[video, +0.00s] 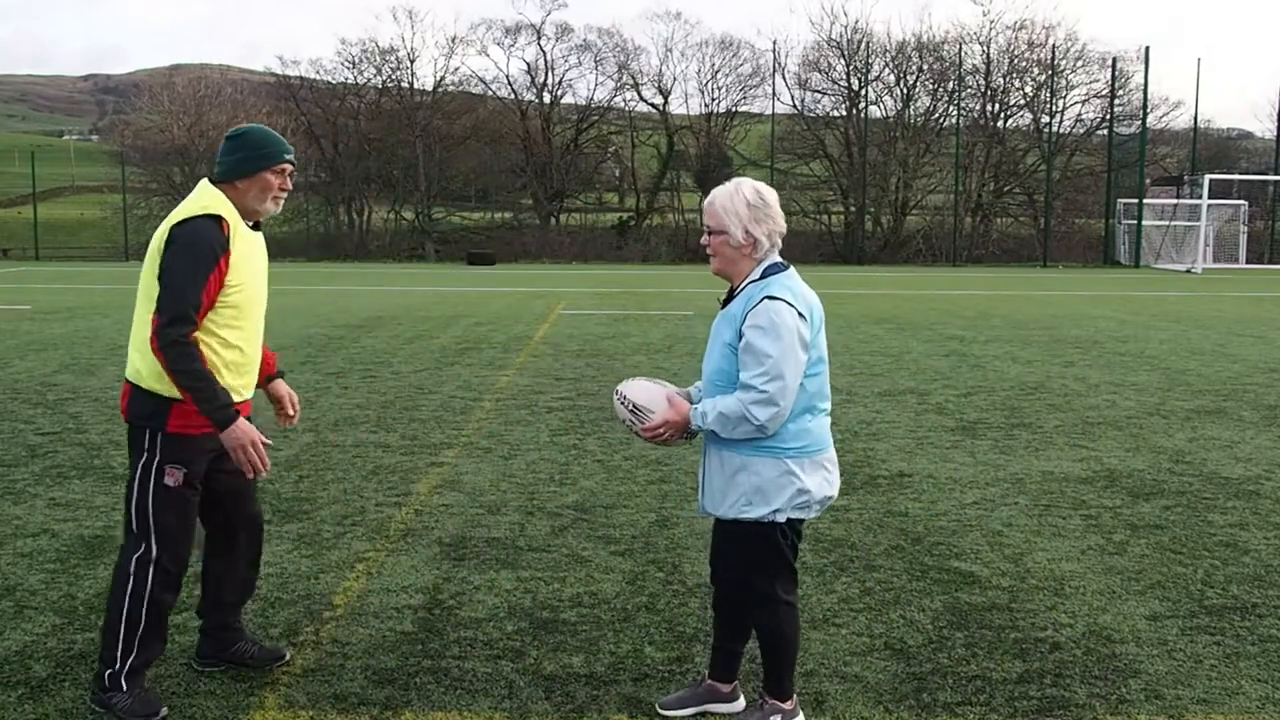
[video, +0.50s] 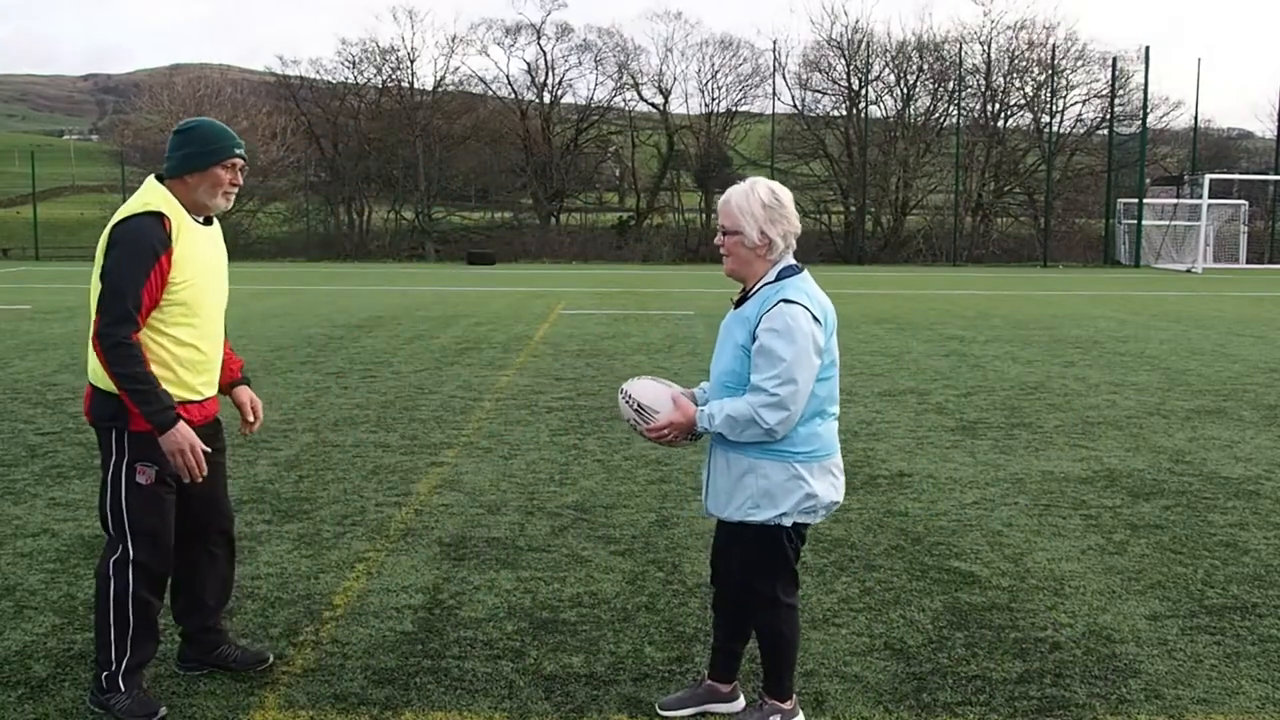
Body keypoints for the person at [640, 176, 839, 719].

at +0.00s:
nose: (704, 243)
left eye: (714, 233)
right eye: (704, 231)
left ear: (750, 240)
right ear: (745, 241)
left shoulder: (775, 306)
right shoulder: (750, 297)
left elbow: (765, 407)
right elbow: (735, 382)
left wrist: (695, 415)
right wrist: (683, 402)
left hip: (775, 474)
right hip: (743, 469)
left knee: (769, 589)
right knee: (729, 579)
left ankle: (780, 703)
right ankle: (721, 685)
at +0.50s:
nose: (718, 242)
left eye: (728, 232)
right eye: (719, 231)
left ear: (764, 240)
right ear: (758, 242)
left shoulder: (789, 310)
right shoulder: (761, 300)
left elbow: (773, 411)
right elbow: (738, 382)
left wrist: (701, 418)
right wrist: (689, 403)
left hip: (780, 478)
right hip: (746, 472)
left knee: (769, 590)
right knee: (729, 580)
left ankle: (779, 703)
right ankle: (720, 685)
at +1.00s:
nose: (737, 245)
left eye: (747, 236)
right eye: (737, 235)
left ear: (783, 244)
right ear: (774, 244)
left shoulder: (810, 313)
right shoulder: (776, 301)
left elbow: (797, 415)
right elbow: (758, 383)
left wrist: (723, 422)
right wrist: (708, 402)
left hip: (802, 476)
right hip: (770, 467)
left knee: (778, 585)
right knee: (754, 563)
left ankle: (780, 701)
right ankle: (814, 665)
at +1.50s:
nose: (811, 252)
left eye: (823, 242)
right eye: (809, 241)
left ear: (860, 249)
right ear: (848, 251)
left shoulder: (880, 316)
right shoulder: (851, 308)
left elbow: (872, 414)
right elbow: (834, 390)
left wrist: (802, 424)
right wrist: (785, 413)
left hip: (880, 480)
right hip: (862, 475)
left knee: (830, 582)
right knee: (874, 578)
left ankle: (786, 699)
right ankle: (931, 677)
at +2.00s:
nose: (913, 243)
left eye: (926, 234)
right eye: (912, 233)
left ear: (962, 242)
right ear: (916, 236)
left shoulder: (989, 310)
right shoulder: (937, 303)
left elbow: (981, 405)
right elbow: (927, 380)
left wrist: (904, 411)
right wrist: (884, 400)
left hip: (981, 474)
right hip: (935, 470)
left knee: (970, 580)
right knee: (922, 573)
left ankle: (1044, 681)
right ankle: (934, 681)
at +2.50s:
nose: (1004, 252)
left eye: (1014, 242)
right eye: (1003, 241)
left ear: (1051, 246)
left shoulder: (1096, 313)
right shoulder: (1028, 304)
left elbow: (1102, 410)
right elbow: (1023, 384)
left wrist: (1024, 424)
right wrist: (987, 415)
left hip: (1096, 477)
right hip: (1047, 469)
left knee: (1079, 587)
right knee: (1037, 565)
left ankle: (1084, 700)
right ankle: (1101, 667)